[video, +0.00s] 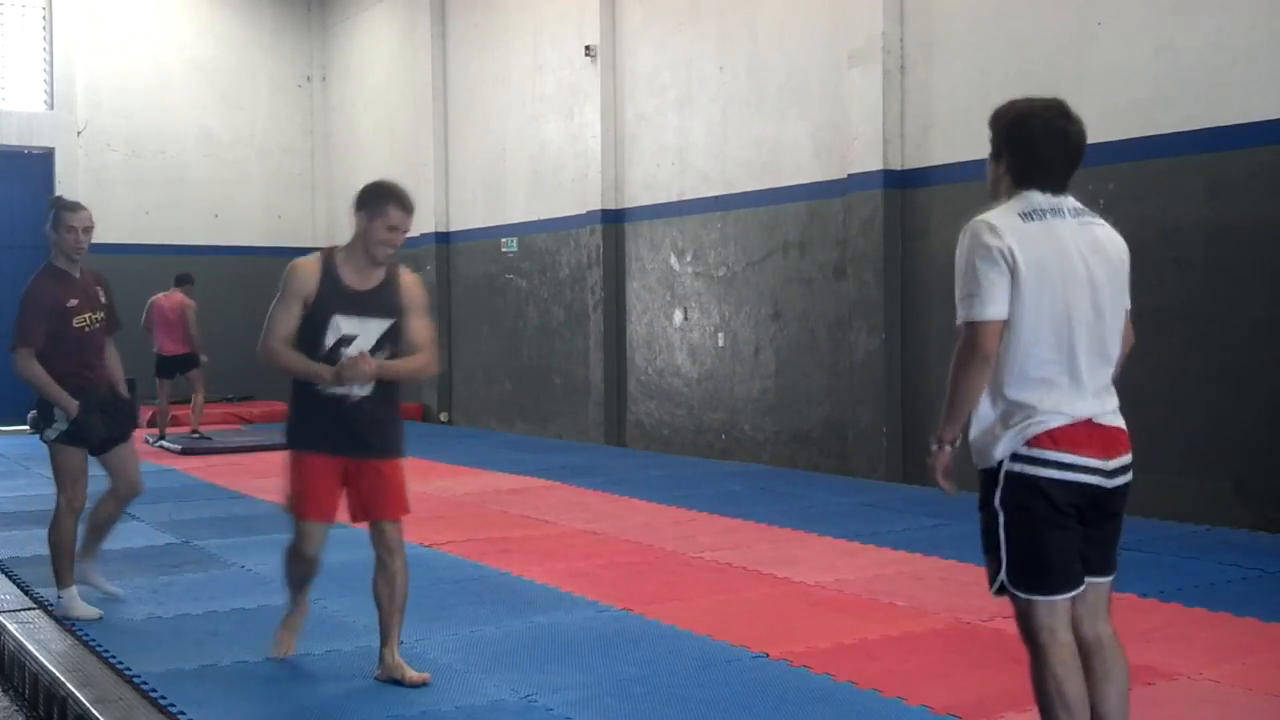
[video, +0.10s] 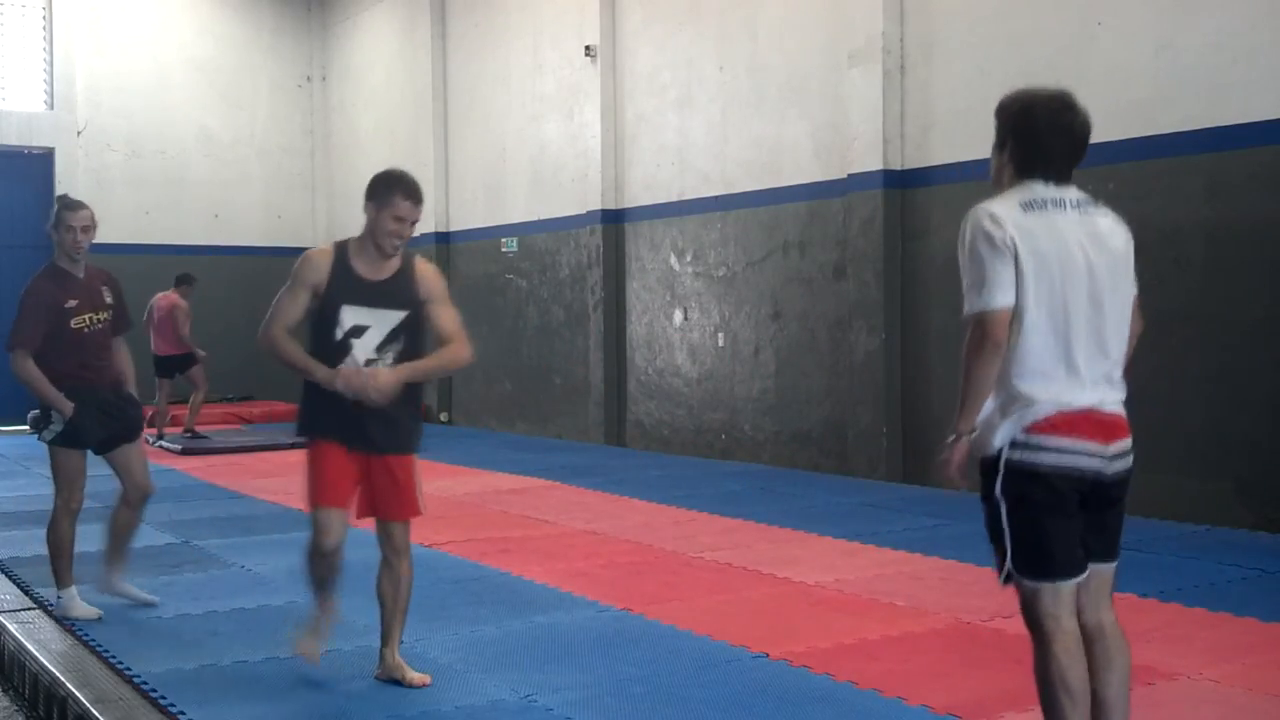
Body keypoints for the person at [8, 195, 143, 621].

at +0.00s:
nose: (82, 238)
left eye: (87, 230)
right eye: (72, 231)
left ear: (92, 232)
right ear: (53, 233)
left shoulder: (95, 280)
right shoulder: (41, 288)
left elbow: (106, 343)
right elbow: (22, 359)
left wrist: (122, 395)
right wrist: (70, 405)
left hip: (104, 401)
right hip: (64, 408)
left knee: (128, 485)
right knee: (71, 501)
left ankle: (85, 560)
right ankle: (66, 595)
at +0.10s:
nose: (80, 237)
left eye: (86, 230)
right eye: (71, 230)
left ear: (93, 232)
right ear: (55, 233)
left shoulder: (104, 280)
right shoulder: (41, 289)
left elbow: (118, 341)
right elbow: (19, 358)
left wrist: (129, 393)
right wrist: (65, 407)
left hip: (112, 402)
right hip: (67, 408)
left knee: (139, 488)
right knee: (69, 502)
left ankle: (113, 575)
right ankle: (67, 595)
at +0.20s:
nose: (83, 238)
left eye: (90, 230)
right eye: (74, 231)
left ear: (99, 233)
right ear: (60, 234)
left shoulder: (115, 282)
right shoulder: (46, 288)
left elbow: (129, 341)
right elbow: (19, 357)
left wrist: (138, 392)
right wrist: (60, 406)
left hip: (119, 403)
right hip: (70, 408)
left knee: (144, 494)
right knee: (70, 505)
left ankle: (147, 588)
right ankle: (67, 596)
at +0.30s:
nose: (92, 240)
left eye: (99, 232)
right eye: (84, 232)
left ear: (109, 234)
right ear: (69, 235)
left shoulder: (128, 285)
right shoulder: (51, 292)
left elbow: (141, 345)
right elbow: (24, 360)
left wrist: (146, 395)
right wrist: (63, 408)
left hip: (127, 404)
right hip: (77, 409)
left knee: (152, 500)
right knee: (74, 507)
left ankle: (169, 593)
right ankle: (68, 595)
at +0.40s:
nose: (104, 241)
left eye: (112, 234)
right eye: (96, 234)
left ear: (122, 237)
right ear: (81, 237)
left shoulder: (141, 288)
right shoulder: (62, 293)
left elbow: (154, 349)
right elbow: (33, 360)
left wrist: (158, 400)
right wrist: (67, 410)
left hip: (136, 409)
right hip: (85, 413)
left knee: (161, 502)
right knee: (79, 510)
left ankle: (179, 599)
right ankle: (70, 595)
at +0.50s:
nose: (119, 241)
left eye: (127, 234)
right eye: (110, 234)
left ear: (137, 238)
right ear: (97, 237)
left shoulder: (157, 291)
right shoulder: (74, 294)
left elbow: (173, 356)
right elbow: (46, 364)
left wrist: (172, 412)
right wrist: (78, 413)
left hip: (151, 412)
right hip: (95, 414)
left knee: (167, 508)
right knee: (86, 512)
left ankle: (178, 606)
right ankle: (72, 591)